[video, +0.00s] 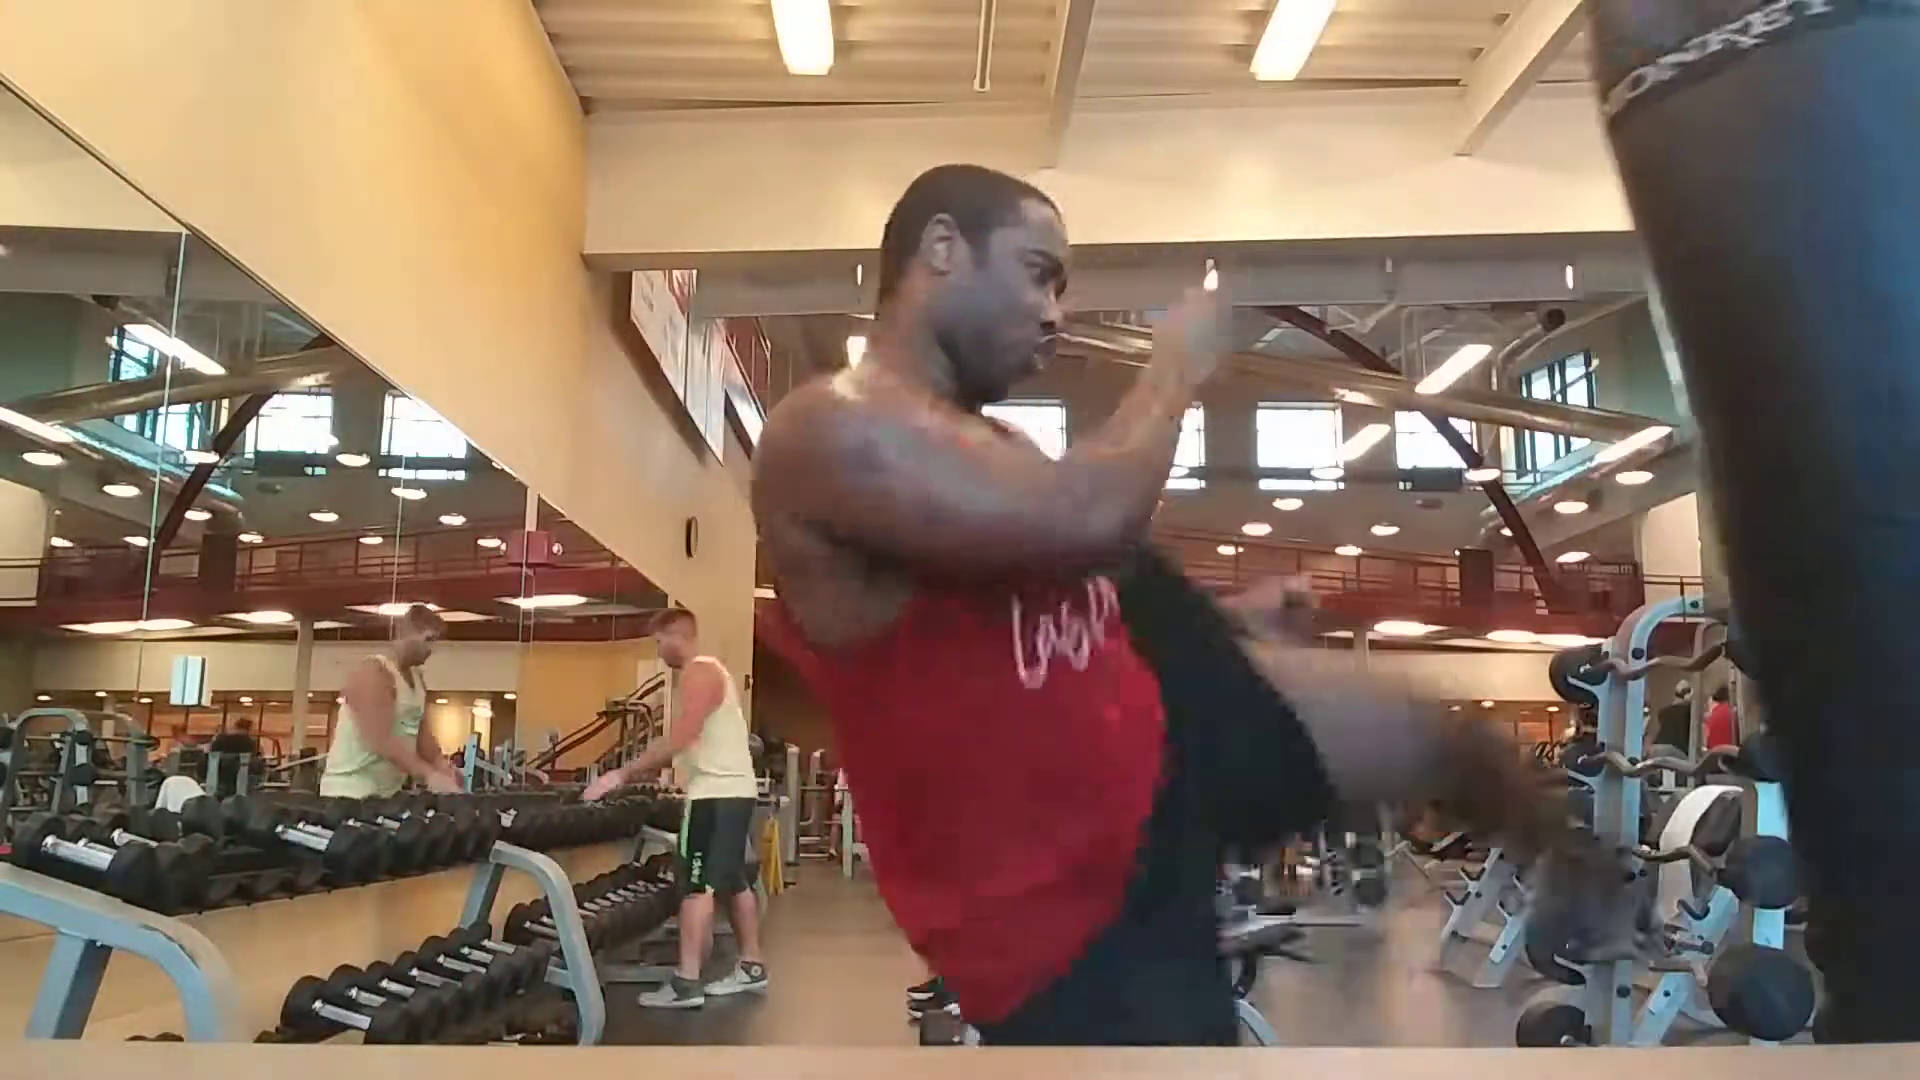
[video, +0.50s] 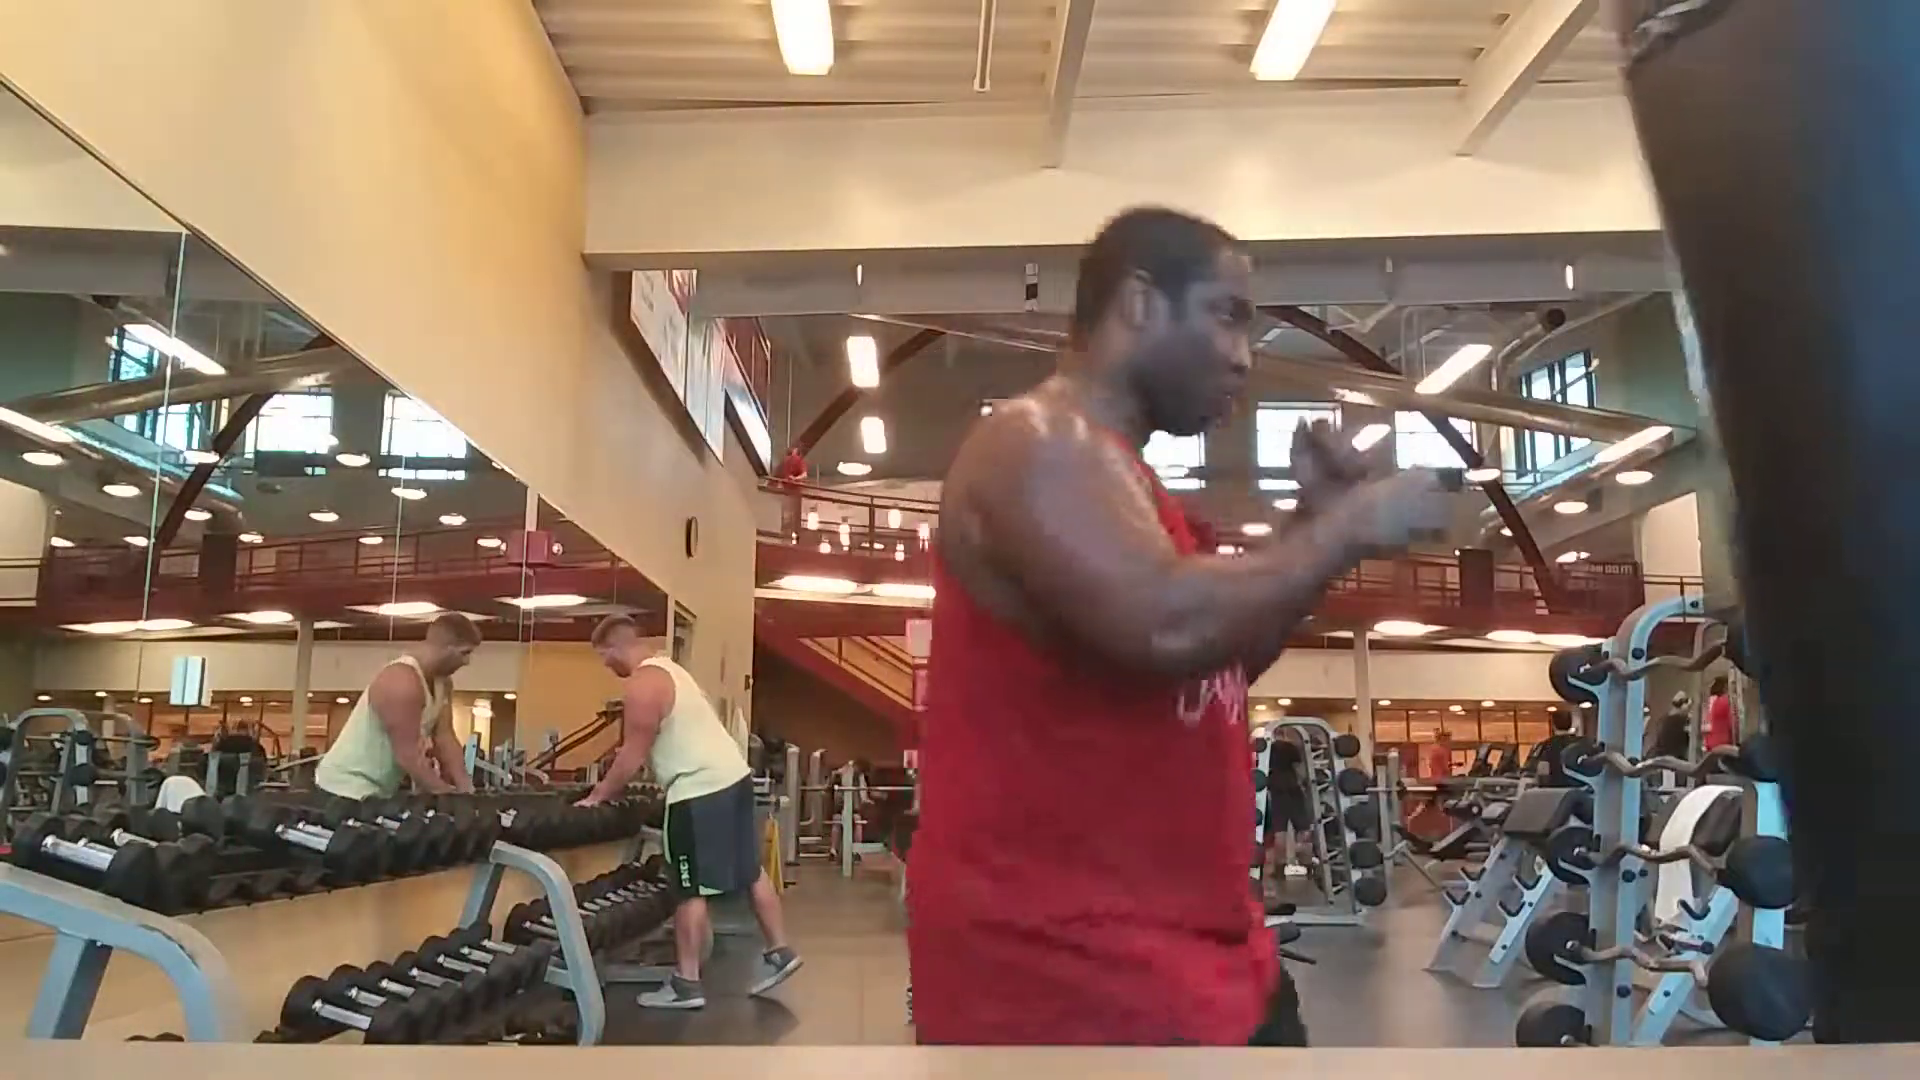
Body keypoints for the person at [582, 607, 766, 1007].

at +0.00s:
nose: (659, 651)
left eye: (661, 642)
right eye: (657, 643)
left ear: (679, 636)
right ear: (687, 636)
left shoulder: (699, 671)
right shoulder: (711, 671)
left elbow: (679, 741)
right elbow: (689, 741)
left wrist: (619, 775)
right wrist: (640, 767)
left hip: (714, 794)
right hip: (732, 793)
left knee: (696, 887)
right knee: (735, 882)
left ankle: (687, 981)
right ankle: (751, 968)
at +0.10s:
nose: (639, 656)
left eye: (639, 647)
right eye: (637, 648)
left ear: (655, 639)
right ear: (671, 637)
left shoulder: (677, 675)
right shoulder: (698, 671)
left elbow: (646, 745)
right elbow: (657, 747)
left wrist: (602, 786)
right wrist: (617, 783)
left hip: (709, 794)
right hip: (735, 790)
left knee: (695, 888)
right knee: (733, 879)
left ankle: (687, 983)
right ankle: (750, 964)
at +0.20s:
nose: (623, 661)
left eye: (622, 652)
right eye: (620, 653)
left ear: (635, 645)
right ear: (657, 638)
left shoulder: (662, 679)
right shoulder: (688, 669)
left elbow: (634, 751)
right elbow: (652, 741)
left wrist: (595, 796)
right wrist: (613, 778)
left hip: (704, 794)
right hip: (736, 786)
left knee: (693, 890)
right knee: (743, 879)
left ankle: (686, 983)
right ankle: (752, 963)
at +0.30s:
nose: (613, 662)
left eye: (613, 652)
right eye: (611, 654)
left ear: (629, 644)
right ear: (643, 641)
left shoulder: (651, 683)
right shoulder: (677, 670)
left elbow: (633, 756)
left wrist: (595, 797)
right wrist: (610, 786)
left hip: (701, 792)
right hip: (735, 782)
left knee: (691, 890)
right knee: (747, 877)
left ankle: (686, 984)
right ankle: (762, 957)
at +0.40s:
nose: (608, 666)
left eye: (607, 657)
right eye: (605, 658)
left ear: (621, 647)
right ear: (639, 642)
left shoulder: (646, 683)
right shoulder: (673, 669)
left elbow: (634, 754)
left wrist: (600, 795)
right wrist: (615, 780)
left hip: (698, 792)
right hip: (735, 781)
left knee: (690, 890)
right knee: (750, 875)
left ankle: (686, 984)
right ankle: (773, 952)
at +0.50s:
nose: (607, 665)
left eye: (605, 656)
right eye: (603, 658)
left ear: (619, 648)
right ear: (636, 642)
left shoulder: (643, 683)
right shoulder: (670, 669)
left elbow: (632, 756)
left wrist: (598, 796)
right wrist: (615, 776)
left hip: (696, 792)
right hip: (734, 780)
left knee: (689, 891)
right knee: (753, 873)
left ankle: (687, 984)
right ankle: (780, 951)